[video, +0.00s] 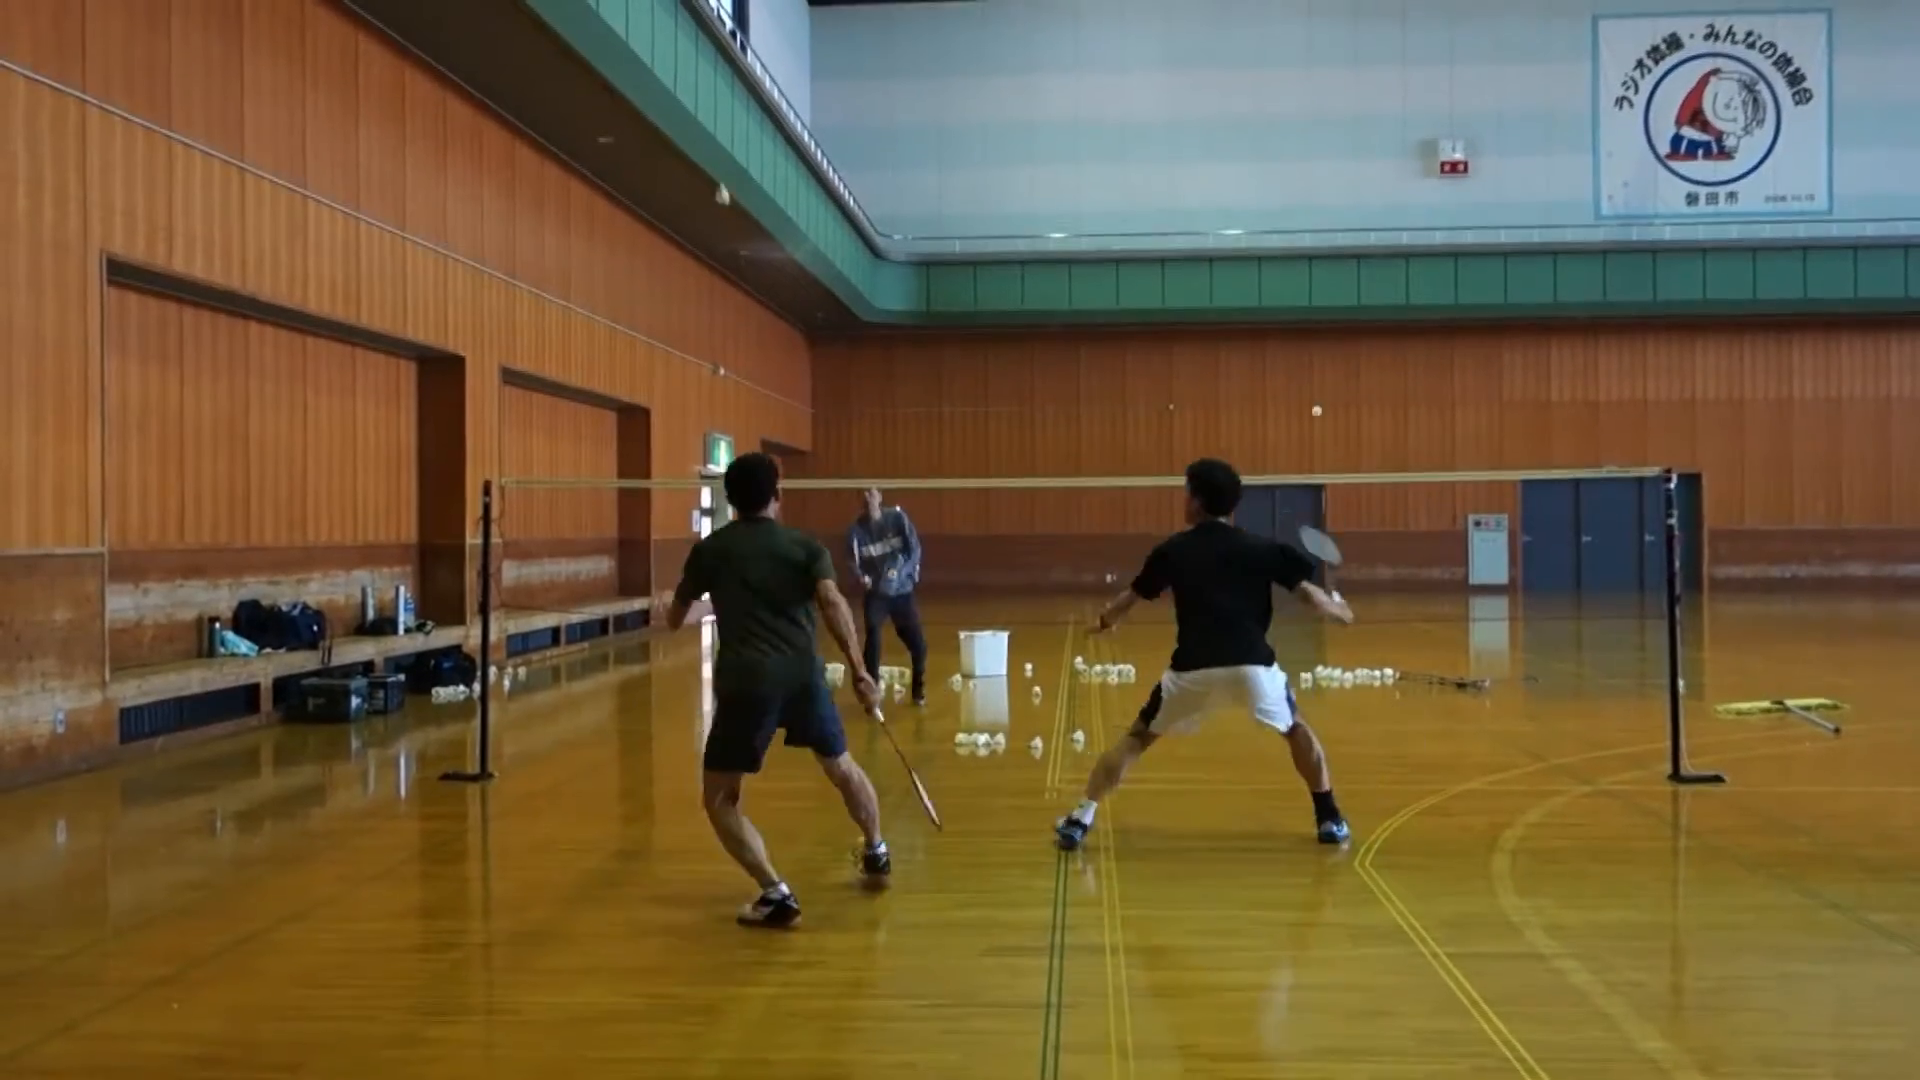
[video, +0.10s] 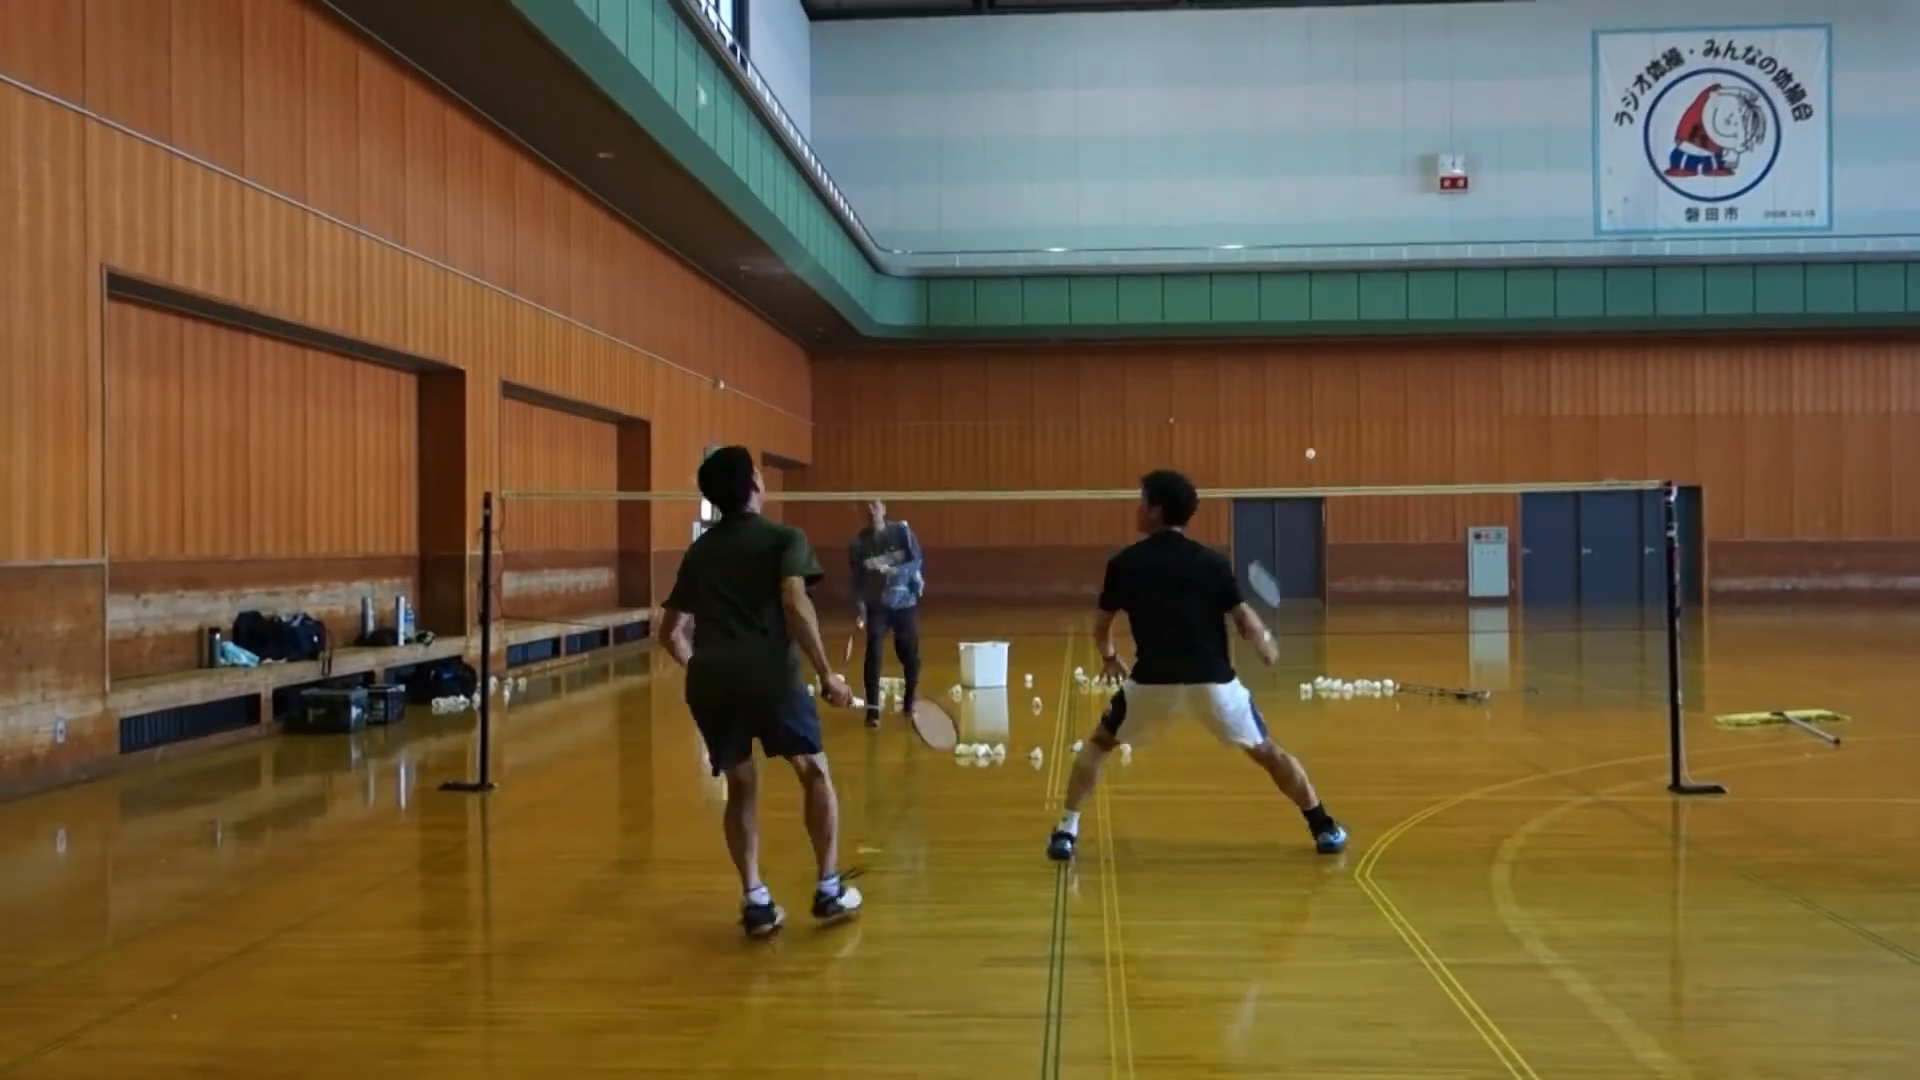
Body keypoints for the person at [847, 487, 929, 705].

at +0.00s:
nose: (869, 499)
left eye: (872, 494)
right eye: (866, 495)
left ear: (880, 497)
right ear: (862, 500)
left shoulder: (897, 517)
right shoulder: (857, 529)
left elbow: (914, 545)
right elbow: (853, 560)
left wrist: (912, 573)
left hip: (901, 590)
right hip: (876, 592)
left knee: (918, 644)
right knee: (873, 639)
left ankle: (918, 688)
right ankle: (871, 689)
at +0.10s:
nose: (872, 511)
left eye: (875, 506)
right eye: (868, 507)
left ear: (883, 508)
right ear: (864, 511)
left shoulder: (901, 531)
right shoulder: (859, 543)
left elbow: (916, 560)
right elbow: (857, 579)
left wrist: (895, 572)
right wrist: (859, 610)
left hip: (903, 603)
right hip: (876, 606)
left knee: (909, 654)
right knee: (873, 656)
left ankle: (909, 701)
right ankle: (872, 707)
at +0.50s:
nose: (871, 529)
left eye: (874, 523)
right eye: (868, 525)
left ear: (885, 523)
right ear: (868, 528)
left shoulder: (900, 543)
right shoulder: (875, 548)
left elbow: (895, 573)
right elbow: (883, 573)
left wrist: (866, 554)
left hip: (910, 614)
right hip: (888, 613)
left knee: (911, 668)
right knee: (876, 663)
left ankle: (908, 718)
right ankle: (879, 713)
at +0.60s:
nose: (869, 535)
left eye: (872, 529)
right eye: (866, 531)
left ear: (883, 528)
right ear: (864, 534)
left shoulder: (900, 547)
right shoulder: (873, 555)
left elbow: (891, 576)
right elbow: (888, 588)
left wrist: (855, 565)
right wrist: (877, 604)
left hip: (912, 616)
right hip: (889, 616)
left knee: (910, 669)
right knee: (877, 669)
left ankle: (907, 713)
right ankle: (879, 711)